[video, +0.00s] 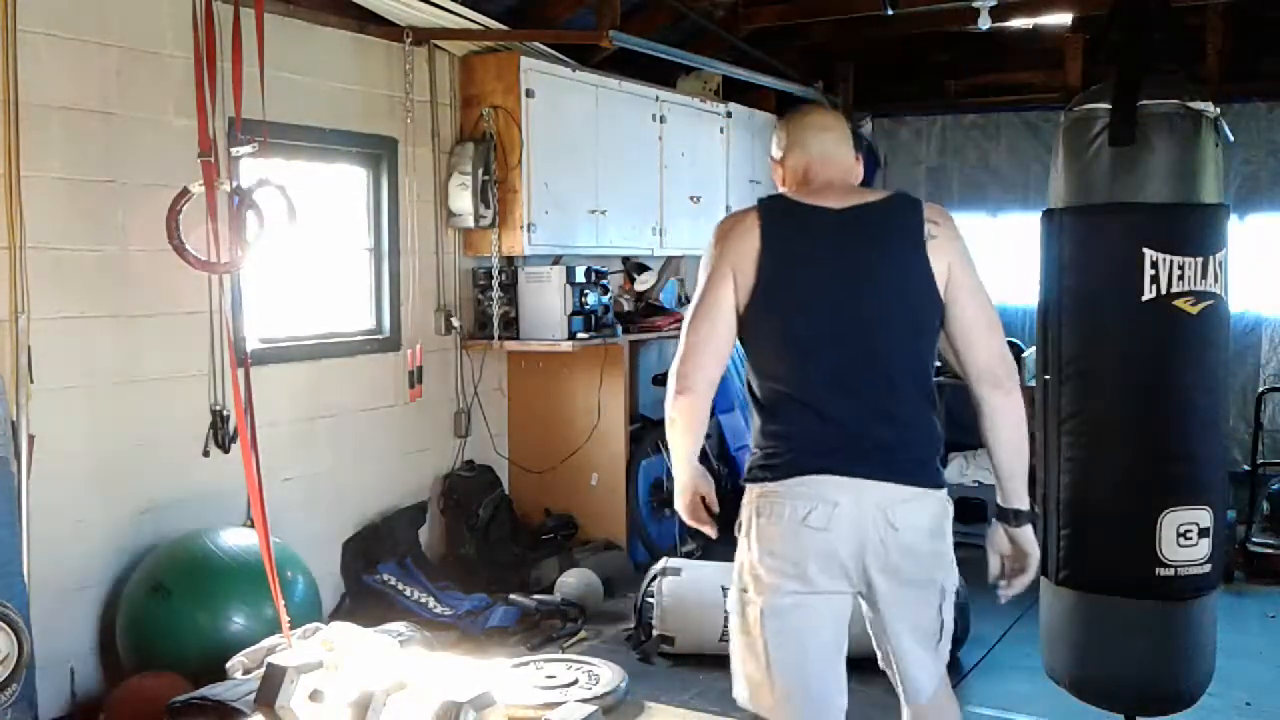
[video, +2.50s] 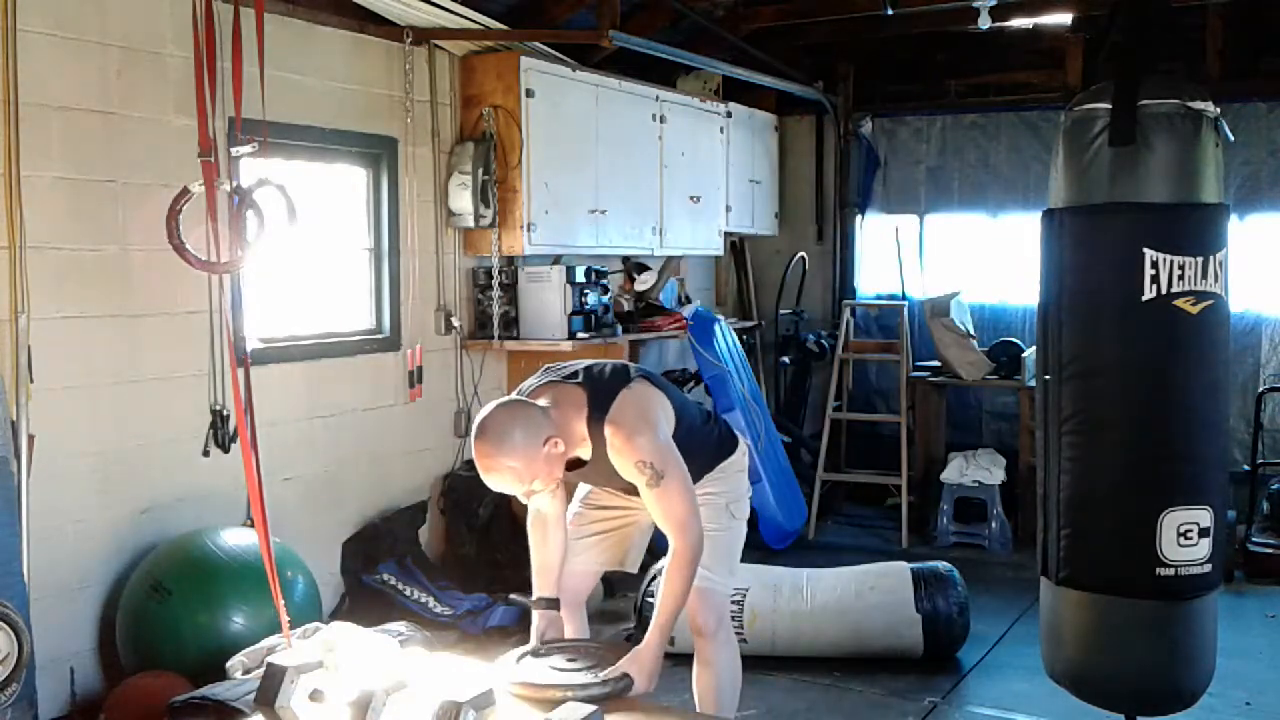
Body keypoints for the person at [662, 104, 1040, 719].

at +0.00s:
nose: (774, 176)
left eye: (772, 168)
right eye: (775, 169)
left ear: (781, 169)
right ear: (862, 162)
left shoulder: (745, 232)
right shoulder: (930, 227)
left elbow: (689, 383)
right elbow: (995, 379)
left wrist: (685, 465)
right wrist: (1015, 510)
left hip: (792, 498)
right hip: (913, 502)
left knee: (796, 706)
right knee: (929, 695)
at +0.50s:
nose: (720, 220)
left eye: (720, 204)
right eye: (714, 208)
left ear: (752, 182)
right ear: (774, 181)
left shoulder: (785, 235)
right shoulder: (848, 227)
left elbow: (789, 377)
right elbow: (857, 363)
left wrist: (760, 504)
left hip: (819, 480)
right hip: (879, 466)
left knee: (734, 637)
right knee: (879, 633)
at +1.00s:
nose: (604, 259)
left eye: (606, 243)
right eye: (598, 246)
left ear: (646, 218)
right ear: (646, 218)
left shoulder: (732, 267)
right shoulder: (649, 274)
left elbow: (750, 403)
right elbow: (646, 369)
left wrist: (681, 497)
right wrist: (618, 459)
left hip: (751, 468)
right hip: (682, 460)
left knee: (710, 640)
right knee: (638, 597)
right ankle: (623, 717)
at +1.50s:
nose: (529, 455)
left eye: (530, 443)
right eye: (519, 448)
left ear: (555, 407)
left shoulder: (639, 402)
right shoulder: (522, 414)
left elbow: (668, 533)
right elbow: (533, 515)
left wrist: (641, 644)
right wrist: (535, 619)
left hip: (710, 469)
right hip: (624, 471)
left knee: (710, 611)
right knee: (566, 591)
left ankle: (717, 716)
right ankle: (582, 710)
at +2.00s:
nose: (530, 480)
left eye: (530, 469)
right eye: (519, 476)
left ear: (553, 431)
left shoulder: (634, 423)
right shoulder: (521, 412)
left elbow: (678, 528)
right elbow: (543, 511)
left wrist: (653, 630)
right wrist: (544, 610)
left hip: (705, 470)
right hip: (617, 475)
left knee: (706, 614)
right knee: (565, 592)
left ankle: (715, 715)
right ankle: (584, 710)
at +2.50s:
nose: (527, 499)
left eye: (530, 486)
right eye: (516, 492)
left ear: (554, 447)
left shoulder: (634, 437)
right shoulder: (518, 413)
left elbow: (688, 543)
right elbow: (544, 511)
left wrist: (653, 646)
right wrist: (544, 608)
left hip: (705, 472)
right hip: (615, 475)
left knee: (705, 617)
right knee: (565, 595)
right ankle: (574, 710)